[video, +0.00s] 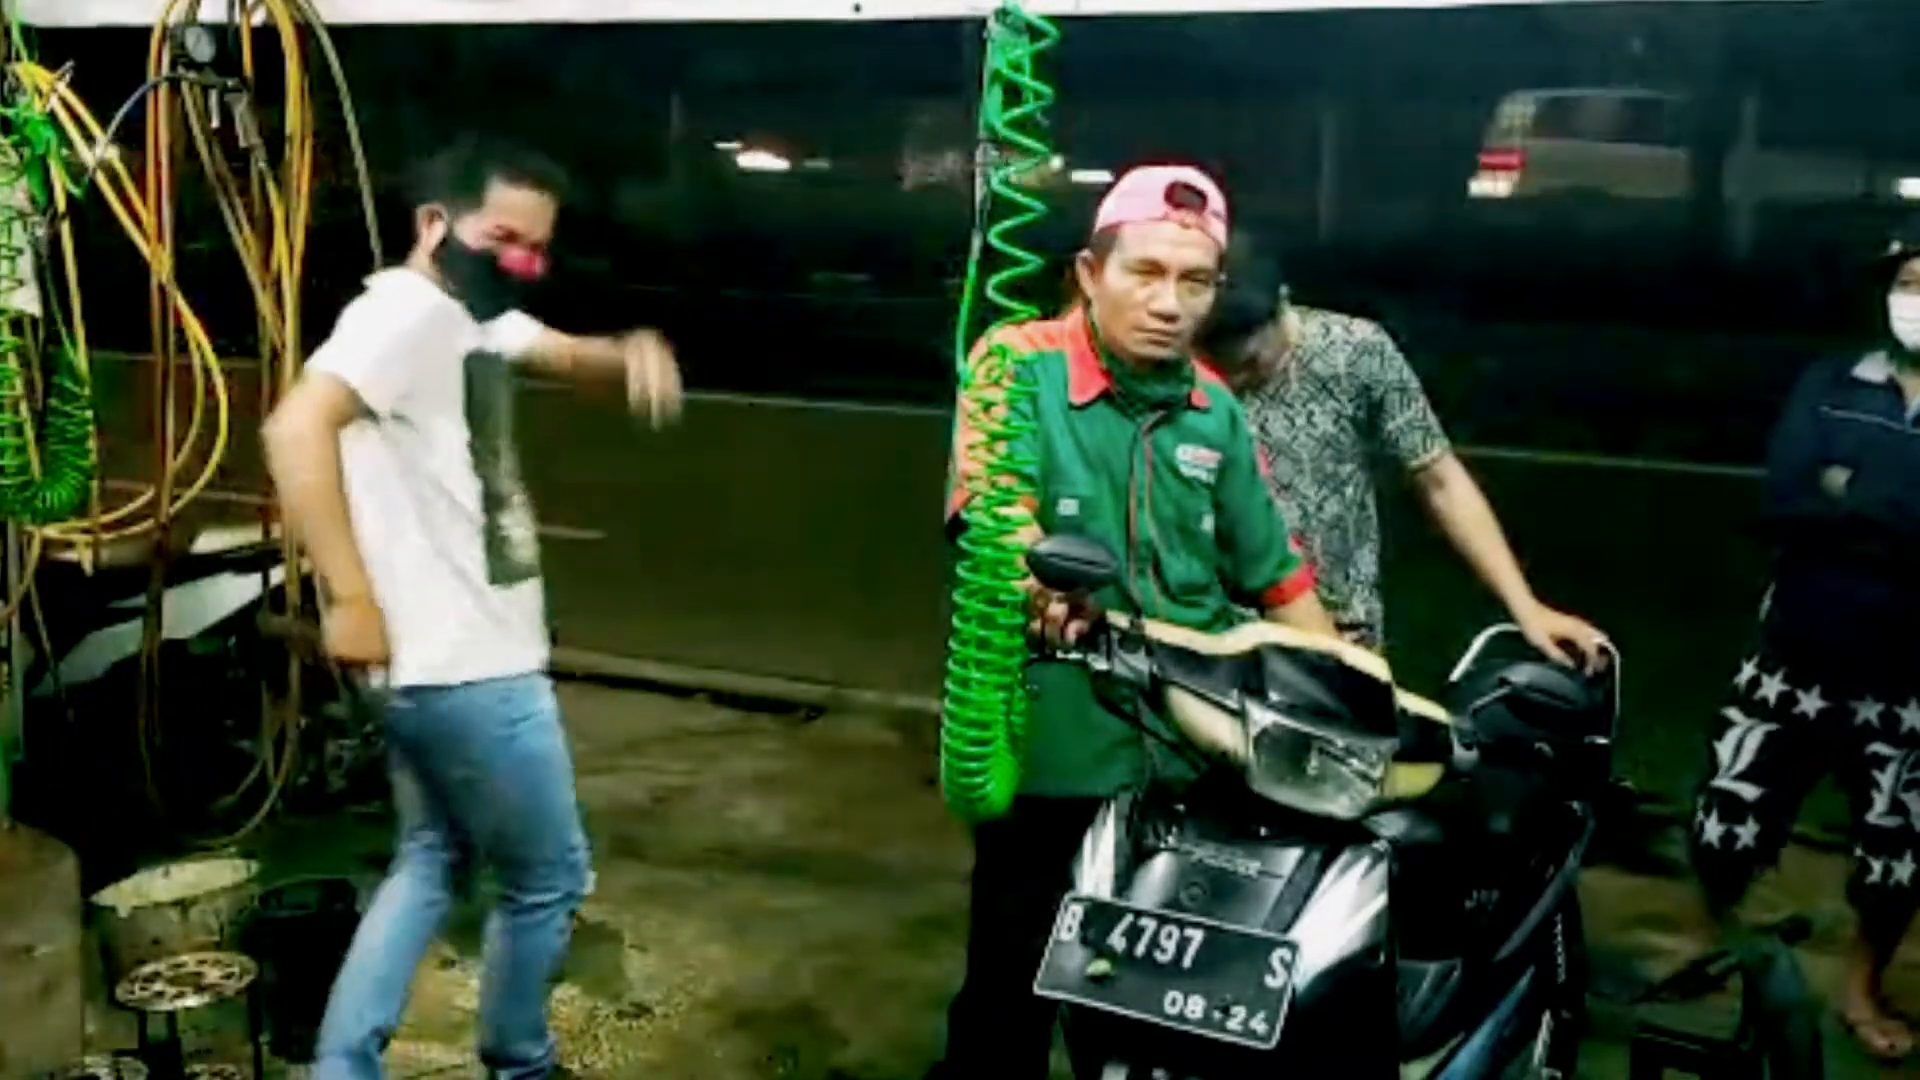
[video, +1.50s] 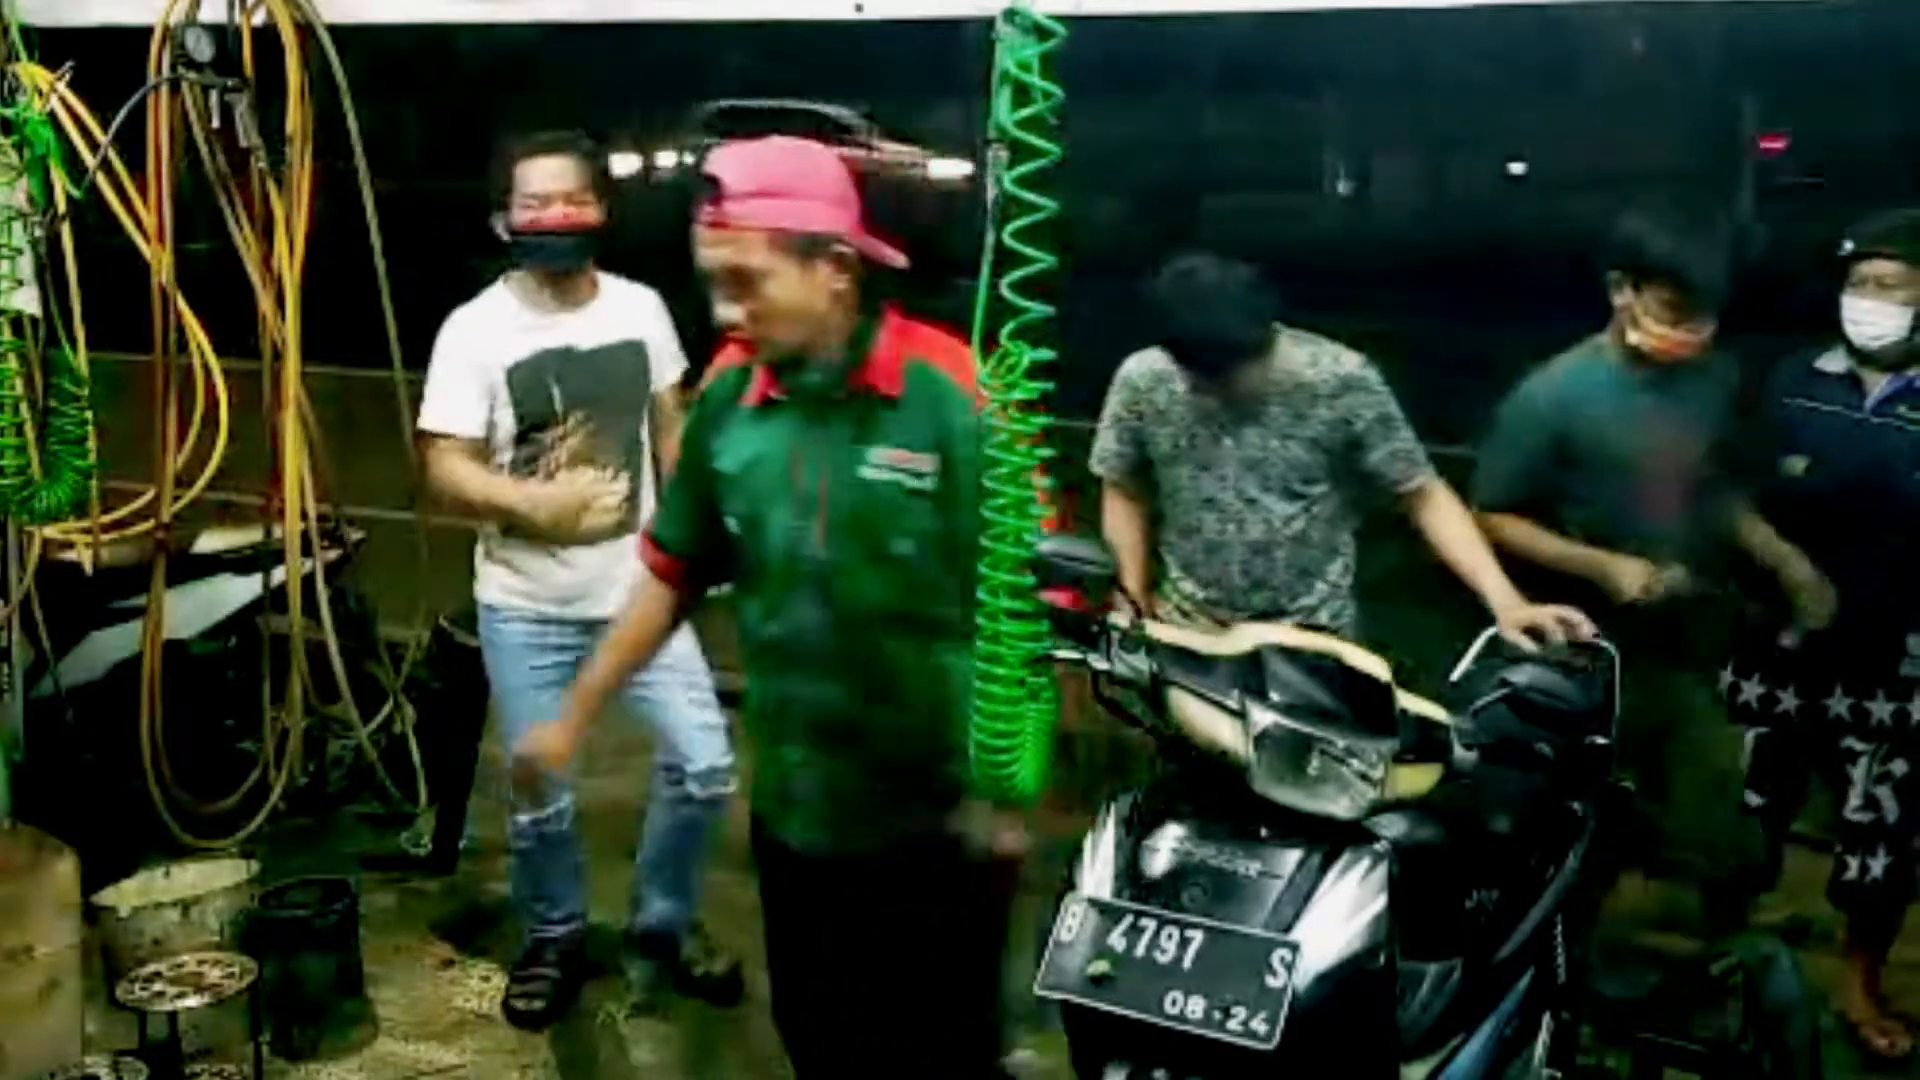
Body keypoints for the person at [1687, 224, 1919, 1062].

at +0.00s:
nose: (1916, 305)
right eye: (1906, 288)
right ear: (1880, 300)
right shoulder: (1832, 391)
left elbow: (1912, 515)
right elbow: (1783, 496)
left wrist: (1845, 482)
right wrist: (1893, 504)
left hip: (1903, 666)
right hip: (1800, 651)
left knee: (1896, 855)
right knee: (1726, 826)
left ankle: (1863, 988)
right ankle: (1710, 933)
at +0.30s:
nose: (1909, 301)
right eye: (1899, 285)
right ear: (1874, 298)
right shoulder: (1821, 386)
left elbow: (1910, 509)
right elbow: (1771, 483)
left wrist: (1834, 473)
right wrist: (1887, 503)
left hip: (1899, 660)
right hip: (1792, 646)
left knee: (1889, 848)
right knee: (1743, 813)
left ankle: (1859, 985)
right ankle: (1715, 942)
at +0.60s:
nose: (1902, 300)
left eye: (1917, 286)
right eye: (1890, 284)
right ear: (1864, 296)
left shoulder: (1919, 413)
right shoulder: (1813, 386)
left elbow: (1907, 508)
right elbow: (1763, 485)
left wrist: (1828, 474)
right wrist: (1871, 512)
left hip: (1893, 659)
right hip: (1786, 644)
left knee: (1886, 841)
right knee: (1736, 814)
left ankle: (1858, 976)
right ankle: (1719, 940)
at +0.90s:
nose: (1897, 301)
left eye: (1913, 287)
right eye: (1885, 284)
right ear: (1859, 293)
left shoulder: (1919, 412)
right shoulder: (1809, 386)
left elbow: (1910, 518)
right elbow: (1764, 485)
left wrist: (1823, 477)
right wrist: (1872, 520)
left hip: (1889, 659)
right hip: (1783, 644)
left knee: (1885, 842)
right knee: (1737, 813)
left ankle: (1861, 981)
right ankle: (1715, 943)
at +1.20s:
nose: (1891, 303)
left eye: (1908, 289)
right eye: (1879, 286)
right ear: (1852, 294)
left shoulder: (1918, 413)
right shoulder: (1804, 385)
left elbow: (1910, 521)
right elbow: (1751, 485)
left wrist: (1817, 482)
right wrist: (1860, 517)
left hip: (1889, 656)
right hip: (1781, 639)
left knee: (1883, 839)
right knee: (1736, 810)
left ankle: (1863, 983)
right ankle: (1717, 945)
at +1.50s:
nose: (1876, 306)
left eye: (1896, 292)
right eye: (1864, 288)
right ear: (1838, 296)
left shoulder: (1918, 406)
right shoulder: (1787, 388)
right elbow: (1725, 496)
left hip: (1892, 656)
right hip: (1784, 643)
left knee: (1886, 837)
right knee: (1757, 808)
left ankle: (1862, 984)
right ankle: (1724, 942)